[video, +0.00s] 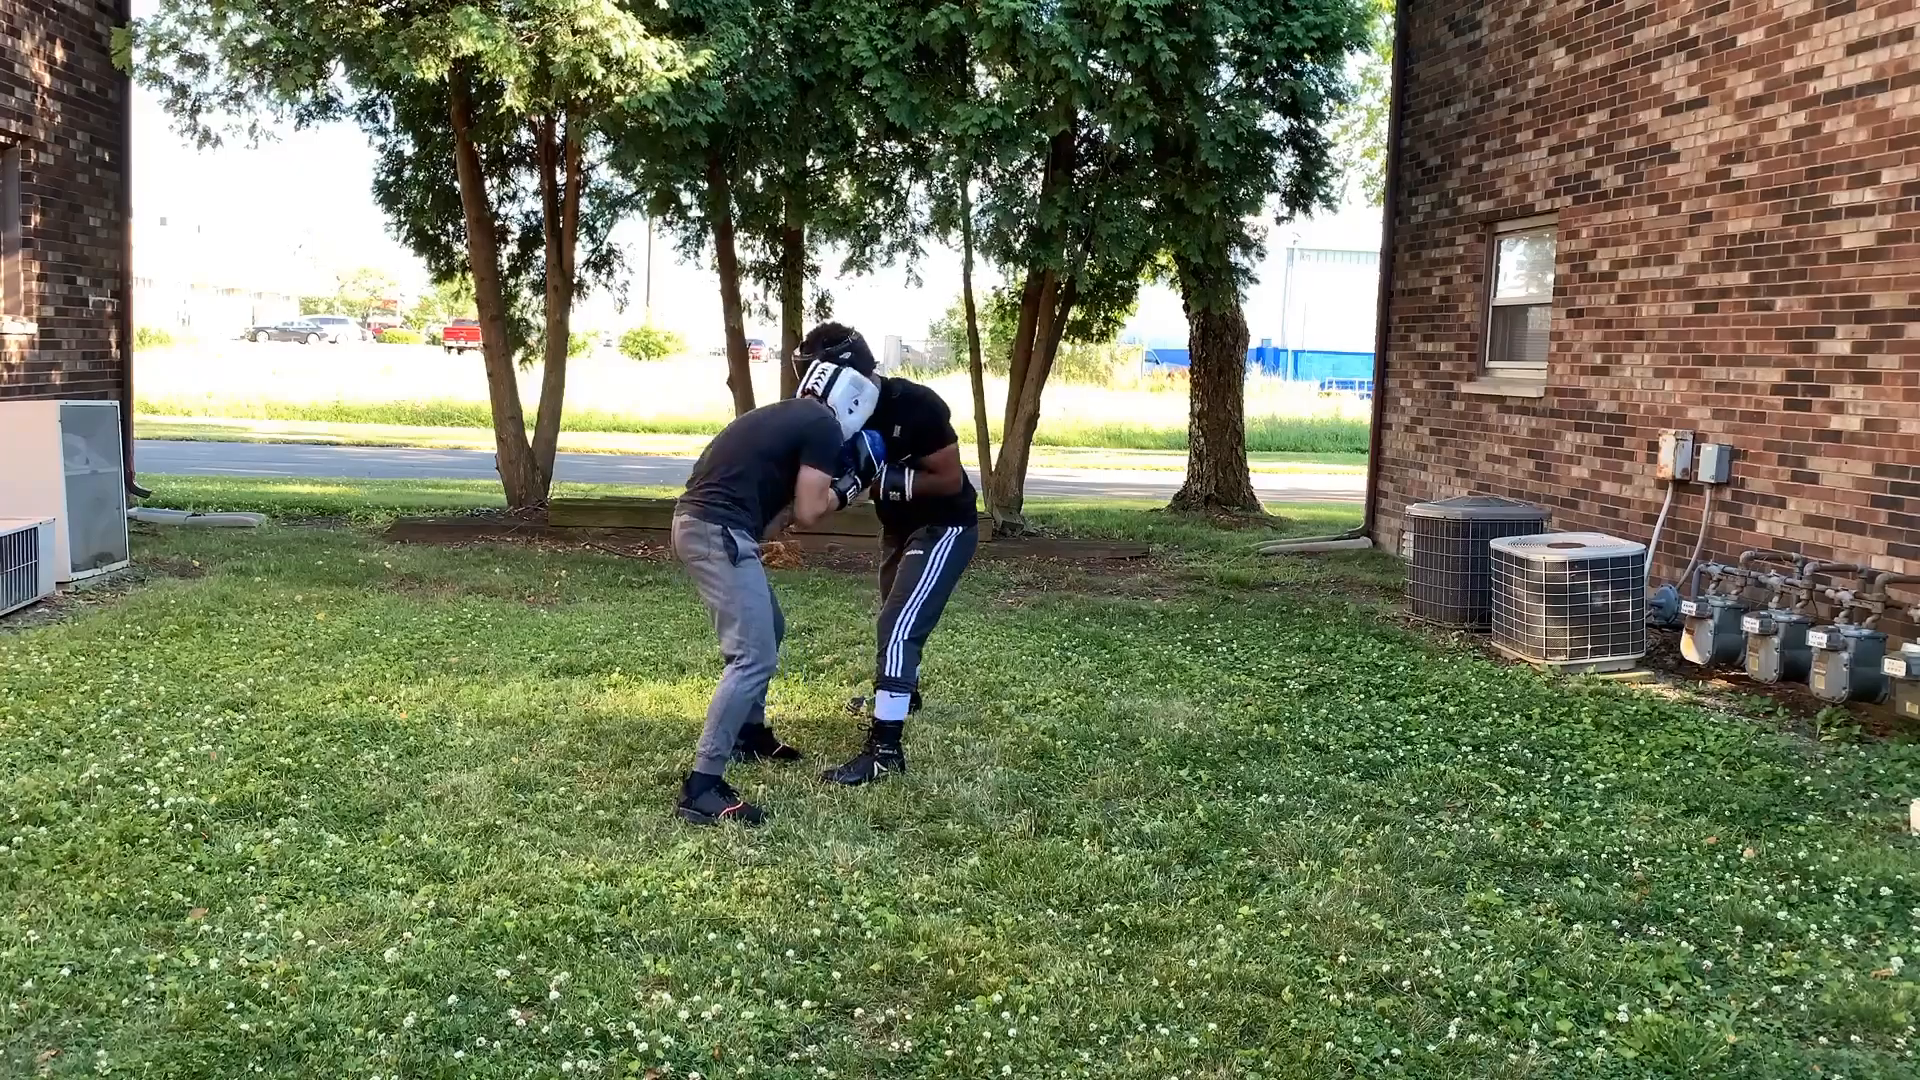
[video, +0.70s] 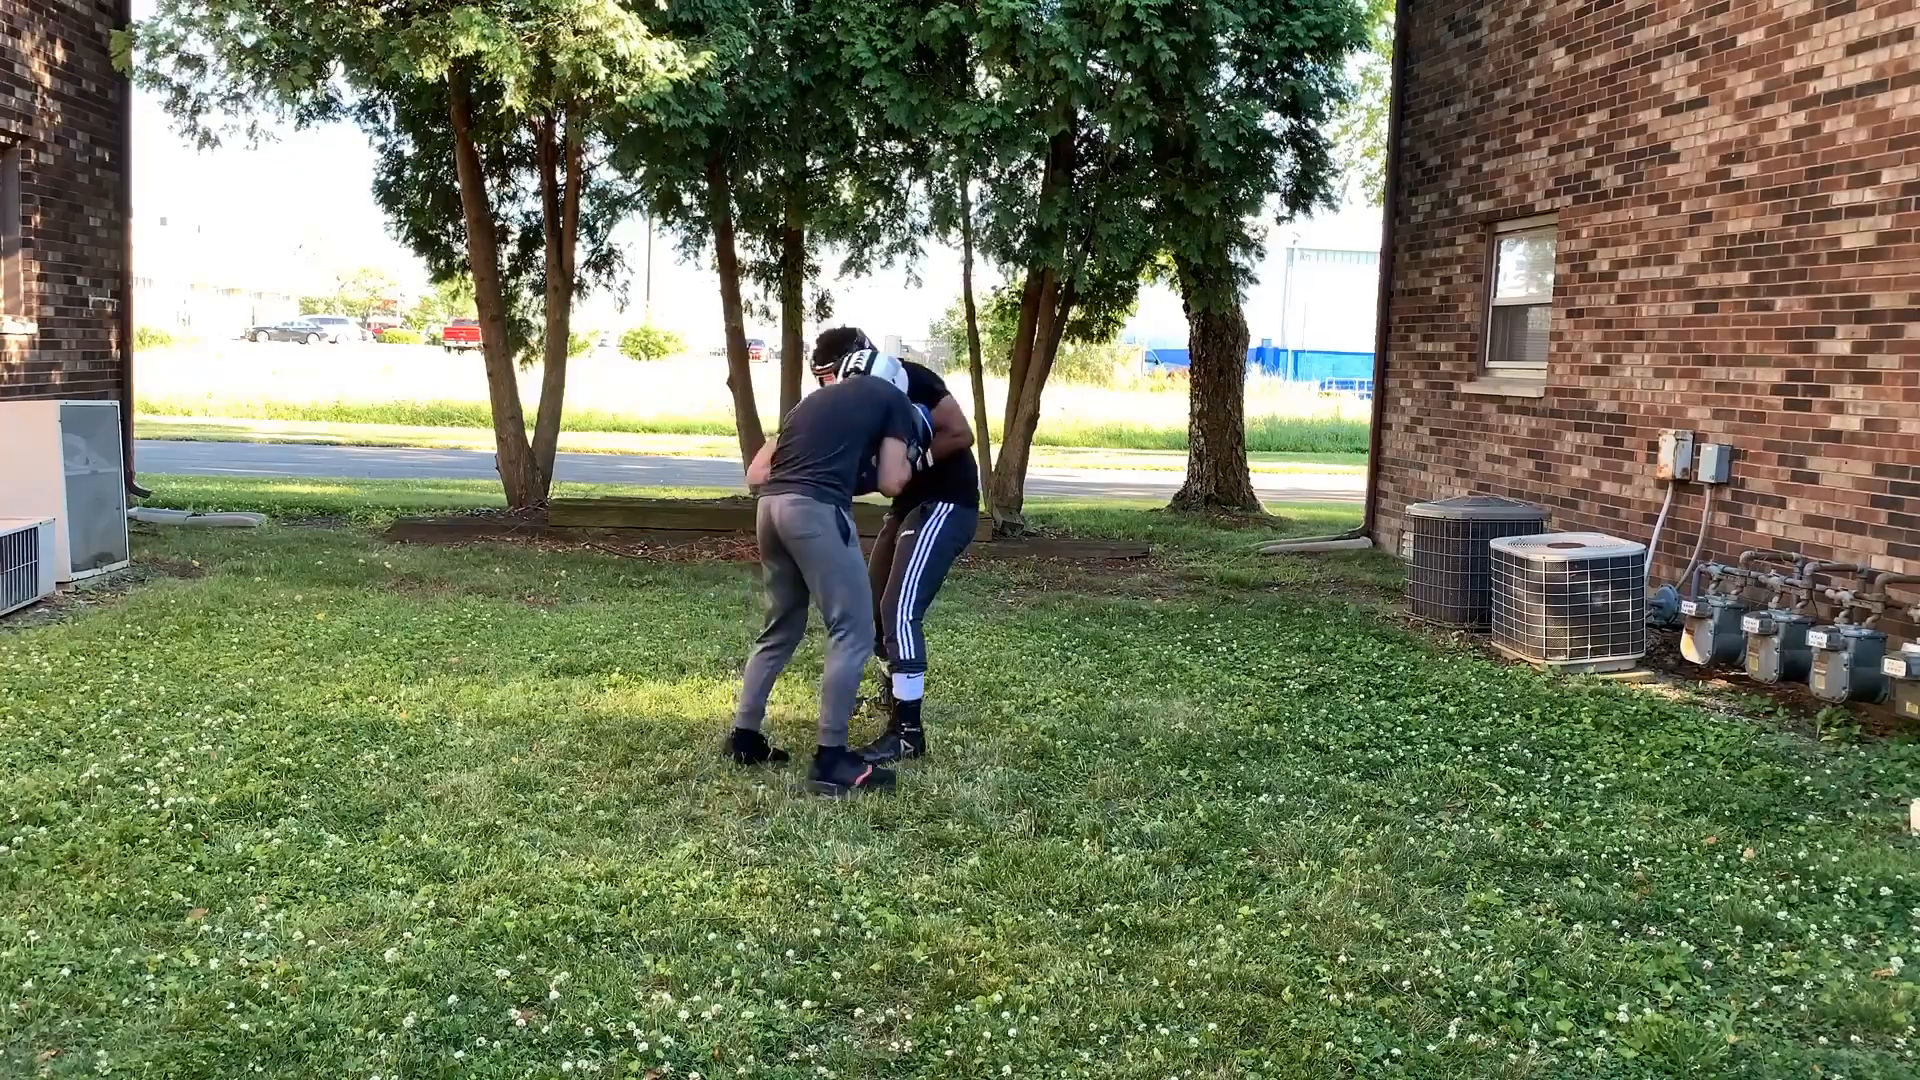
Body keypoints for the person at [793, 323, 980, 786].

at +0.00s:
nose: (811, 389)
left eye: (817, 377)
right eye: (807, 379)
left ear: (846, 371)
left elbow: (950, 480)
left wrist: (893, 481)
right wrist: (852, 476)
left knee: (898, 624)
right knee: (891, 616)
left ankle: (885, 749)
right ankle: (900, 694)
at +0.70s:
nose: (822, 386)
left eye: (826, 376)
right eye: (820, 378)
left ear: (851, 363)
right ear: (841, 369)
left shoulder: (909, 377)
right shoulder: (854, 404)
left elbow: (959, 432)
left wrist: (909, 461)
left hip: (945, 505)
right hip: (907, 506)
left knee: (899, 609)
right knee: (876, 606)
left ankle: (908, 734)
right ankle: (898, 706)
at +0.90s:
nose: (888, 363)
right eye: (886, 357)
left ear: (847, 364)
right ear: (878, 355)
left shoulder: (829, 399)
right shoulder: (903, 394)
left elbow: (822, 466)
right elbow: (920, 477)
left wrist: (882, 461)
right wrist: (915, 453)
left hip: (808, 529)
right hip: (854, 528)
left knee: (836, 610)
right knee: (883, 645)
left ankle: (796, 703)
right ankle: (852, 761)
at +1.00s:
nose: (895, 357)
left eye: (887, 349)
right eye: (891, 350)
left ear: (852, 357)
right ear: (889, 354)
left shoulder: (833, 388)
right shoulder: (898, 385)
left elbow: (835, 456)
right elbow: (922, 467)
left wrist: (895, 448)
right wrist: (914, 443)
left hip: (817, 523)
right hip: (859, 524)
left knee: (857, 611)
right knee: (879, 645)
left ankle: (817, 705)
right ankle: (853, 761)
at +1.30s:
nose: (931, 401)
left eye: (937, 393)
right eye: (935, 391)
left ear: (903, 369)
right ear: (922, 377)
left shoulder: (876, 395)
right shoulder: (892, 402)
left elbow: (873, 480)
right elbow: (873, 481)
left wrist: (913, 463)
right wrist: (918, 468)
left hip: (834, 520)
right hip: (826, 522)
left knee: (871, 621)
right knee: (847, 633)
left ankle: (830, 713)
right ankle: (839, 757)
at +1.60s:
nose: (951, 420)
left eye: (956, 412)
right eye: (954, 410)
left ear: (918, 386)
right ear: (939, 397)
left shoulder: (887, 407)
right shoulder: (922, 426)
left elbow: (878, 498)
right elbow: (894, 507)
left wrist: (928, 481)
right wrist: (934, 487)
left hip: (819, 513)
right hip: (830, 522)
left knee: (871, 612)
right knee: (847, 633)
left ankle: (836, 707)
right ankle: (819, 752)